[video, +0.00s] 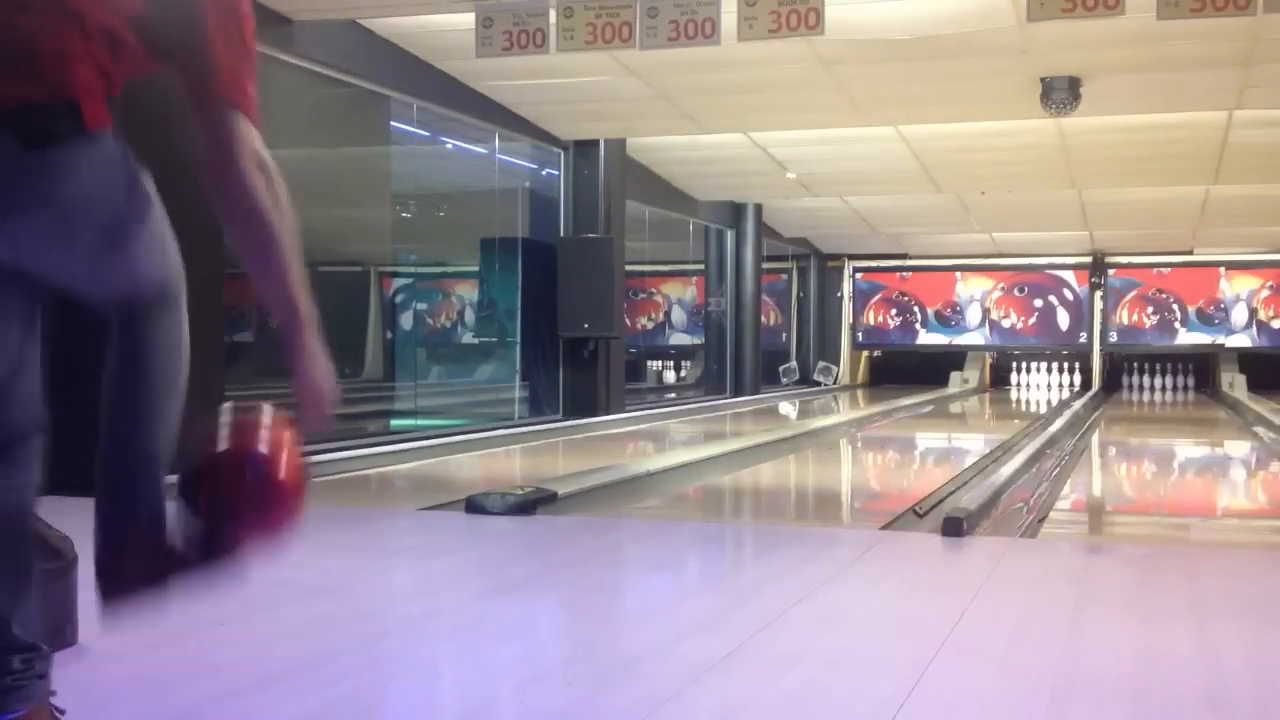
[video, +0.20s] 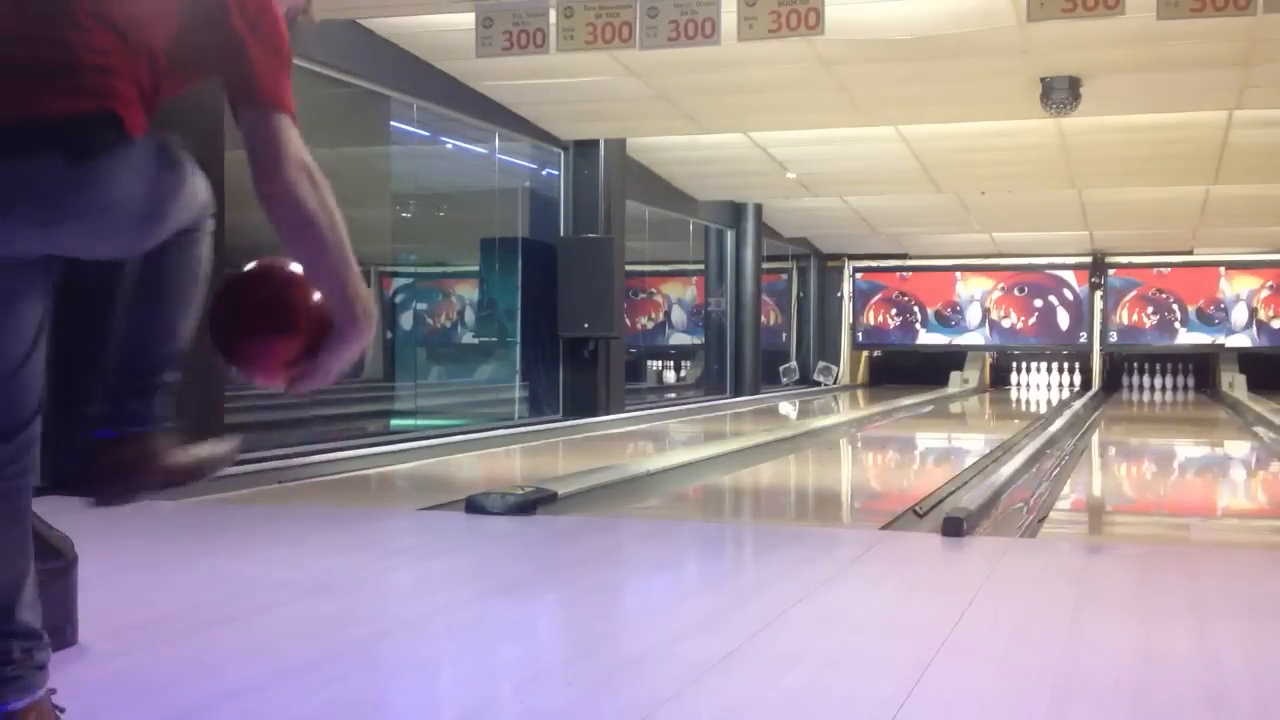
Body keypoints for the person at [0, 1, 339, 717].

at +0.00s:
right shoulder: (210, 9)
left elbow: (239, 156)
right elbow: (236, 155)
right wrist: (303, 338)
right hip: (45, 119)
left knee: (13, 428)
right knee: (151, 297)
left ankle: (16, 680)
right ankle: (135, 544)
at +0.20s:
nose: (303, 18)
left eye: (303, 17)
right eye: (300, 12)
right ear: (282, 1)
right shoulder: (242, 5)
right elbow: (282, 174)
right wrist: (355, 311)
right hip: (66, 159)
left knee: (7, 456)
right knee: (186, 204)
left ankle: (15, 690)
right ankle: (129, 438)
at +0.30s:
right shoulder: (260, 4)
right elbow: (275, 143)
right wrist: (337, 298)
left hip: (17, 149)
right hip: (102, 137)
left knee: (20, 431)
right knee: (221, 172)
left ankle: (23, 679)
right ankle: (216, 408)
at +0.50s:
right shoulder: (306, 3)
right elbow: (309, 134)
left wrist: (156, 262)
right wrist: (296, 277)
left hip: (62, 161)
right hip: (186, 145)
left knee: (90, 421)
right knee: (311, 239)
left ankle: (28, 650)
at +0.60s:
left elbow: (60, 154)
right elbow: (344, 105)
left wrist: (60, 251)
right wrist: (360, 268)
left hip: (120, 209)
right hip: (233, 192)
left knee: (123, 447)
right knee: (345, 320)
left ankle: (38, 656)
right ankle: (371, 518)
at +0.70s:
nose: (415, 40)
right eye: (421, 27)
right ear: (405, 11)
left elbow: (110, 112)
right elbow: (346, 37)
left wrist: (96, 220)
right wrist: (308, 193)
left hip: (182, 241)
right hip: (290, 239)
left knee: (161, 477)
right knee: (380, 404)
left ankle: (52, 645)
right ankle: (398, 575)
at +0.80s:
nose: (514, 32)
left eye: (519, 21)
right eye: (515, 17)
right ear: (491, 6)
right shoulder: (453, 28)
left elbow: (218, 82)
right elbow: (351, 24)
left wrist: (170, 157)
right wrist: (243, 134)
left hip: (255, 257)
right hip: (344, 253)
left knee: (207, 465)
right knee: (415, 423)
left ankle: (77, 606)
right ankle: (407, 605)